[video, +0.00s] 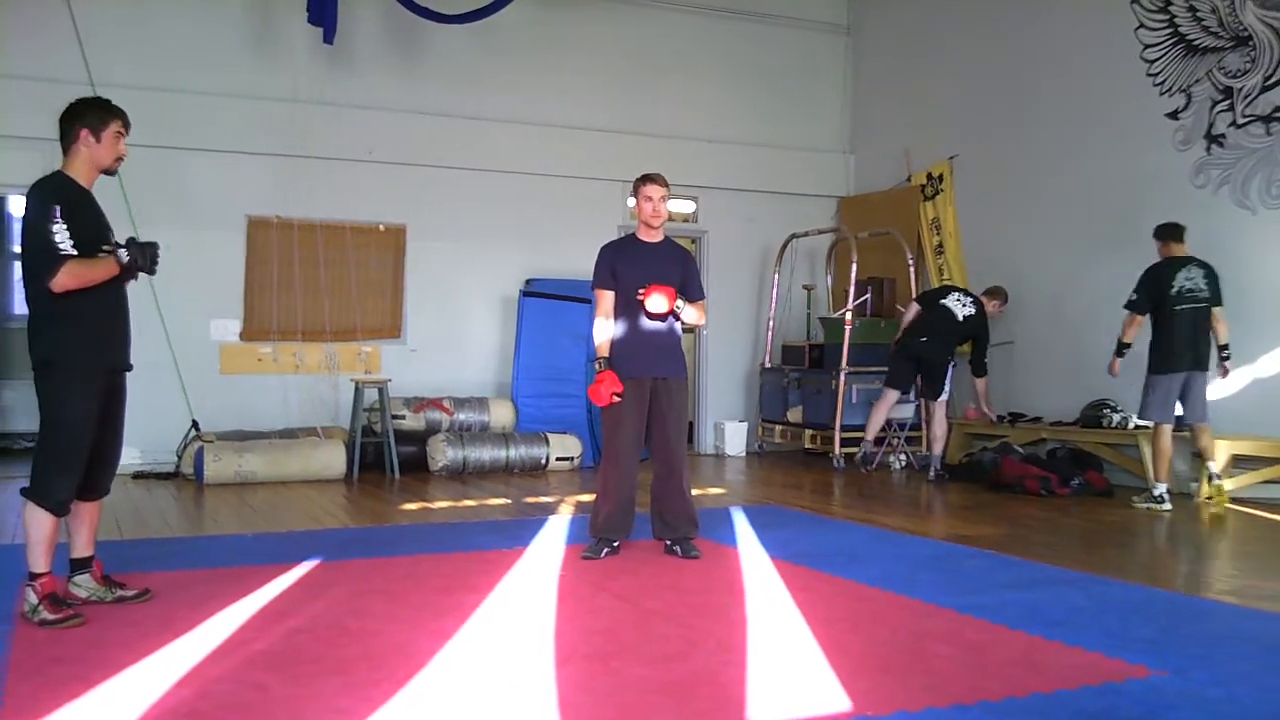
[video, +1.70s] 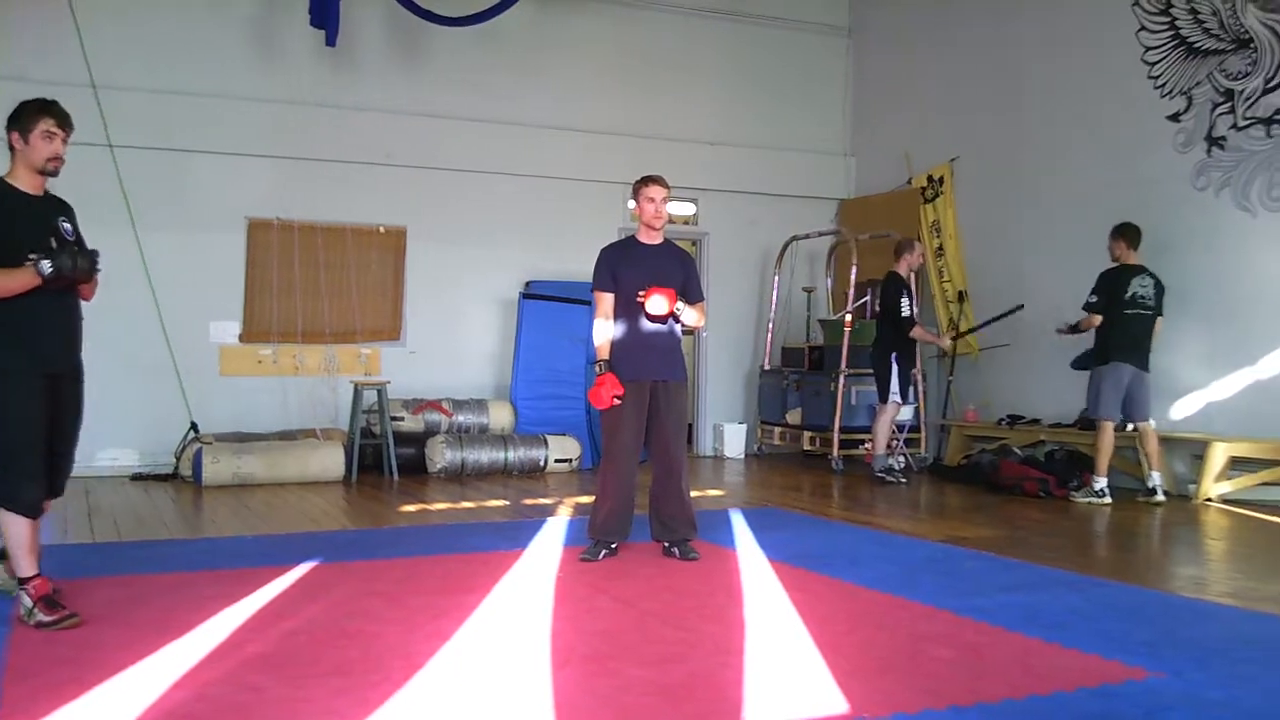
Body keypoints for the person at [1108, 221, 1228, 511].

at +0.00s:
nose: (1157, 250)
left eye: (1158, 246)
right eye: (1159, 245)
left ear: (1162, 245)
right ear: (1183, 242)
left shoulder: (1155, 273)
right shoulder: (1206, 270)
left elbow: (1134, 319)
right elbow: (1217, 317)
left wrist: (1119, 354)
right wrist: (1224, 355)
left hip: (1166, 361)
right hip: (1199, 361)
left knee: (1162, 425)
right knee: (1199, 422)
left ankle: (1160, 492)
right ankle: (1213, 473)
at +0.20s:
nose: (1143, 254)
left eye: (1143, 250)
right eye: (1144, 251)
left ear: (1147, 248)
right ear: (1169, 246)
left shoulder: (1139, 272)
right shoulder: (1189, 274)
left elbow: (1117, 312)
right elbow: (1199, 319)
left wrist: (1095, 337)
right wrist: (1207, 359)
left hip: (1153, 359)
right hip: (1182, 359)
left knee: (1155, 424)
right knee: (1175, 423)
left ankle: (1154, 492)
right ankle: (1171, 489)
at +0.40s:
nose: (1116, 268)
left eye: (1118, 264)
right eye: (1119, 264)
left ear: (1122, 263)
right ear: (1142, 264)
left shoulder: (1118, 276)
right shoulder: (1162, 286)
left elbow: (1098, 315)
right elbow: (1168, 336)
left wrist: (1080, 341)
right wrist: (1173, 377)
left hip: (1130, 356)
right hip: (1156, 359)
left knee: (1129, 423)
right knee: (1143, 424)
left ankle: (1133, 491)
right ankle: (1137, 485)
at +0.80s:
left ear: (1118, 285)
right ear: (1137, 287)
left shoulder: (1116, 290)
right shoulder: (1154, 302)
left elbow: (1109, 321)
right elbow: (1166, 346)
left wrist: (1106, 356)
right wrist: (1172, 386)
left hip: (1139, 350)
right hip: (1163, 357)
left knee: (1134, 417)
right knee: (1148, 419)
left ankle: (1137, 486)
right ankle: (1146, 485)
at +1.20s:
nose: (1151, 270)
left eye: (1152, 266)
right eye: (1152, 266)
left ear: (1157, 264)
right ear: (1176, 266)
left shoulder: (1155, 281)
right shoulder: (1196, 289)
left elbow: (1145, 320)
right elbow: (1196, 328)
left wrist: (1138, 350)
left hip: (1172, 353)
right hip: (1198, 357)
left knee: (1156, 418)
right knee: (1187, 423)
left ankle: (1145, 484)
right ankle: (1186, 488)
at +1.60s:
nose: (1127, 249)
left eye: (1129, 244)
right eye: (1128, 244)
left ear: (1140, 245)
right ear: (1153, 247)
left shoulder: (1130, 276)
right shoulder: (1174, 282)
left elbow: (1118, 320)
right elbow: (1175, 327)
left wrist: (1101, 337)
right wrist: (1159, 348)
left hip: (1133, 357)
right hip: (1162, 360)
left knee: (1123, 422)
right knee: (1163, 424)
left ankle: (1113, 486)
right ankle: (1170, 486)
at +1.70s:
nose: (1109, 248)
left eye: (1111, 243)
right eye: (1110, 243)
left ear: (1121, 244)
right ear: (1135, 245)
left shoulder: (1110, 276)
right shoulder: (1155, 281)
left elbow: (1094, 320)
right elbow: (1155, 326)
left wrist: (1073, 328)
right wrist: (1139, 348)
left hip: (1113, 357)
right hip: (1140, 360)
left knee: (1106, 422)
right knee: (1144, 423)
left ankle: (1099, 486)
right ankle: (1156, 486)